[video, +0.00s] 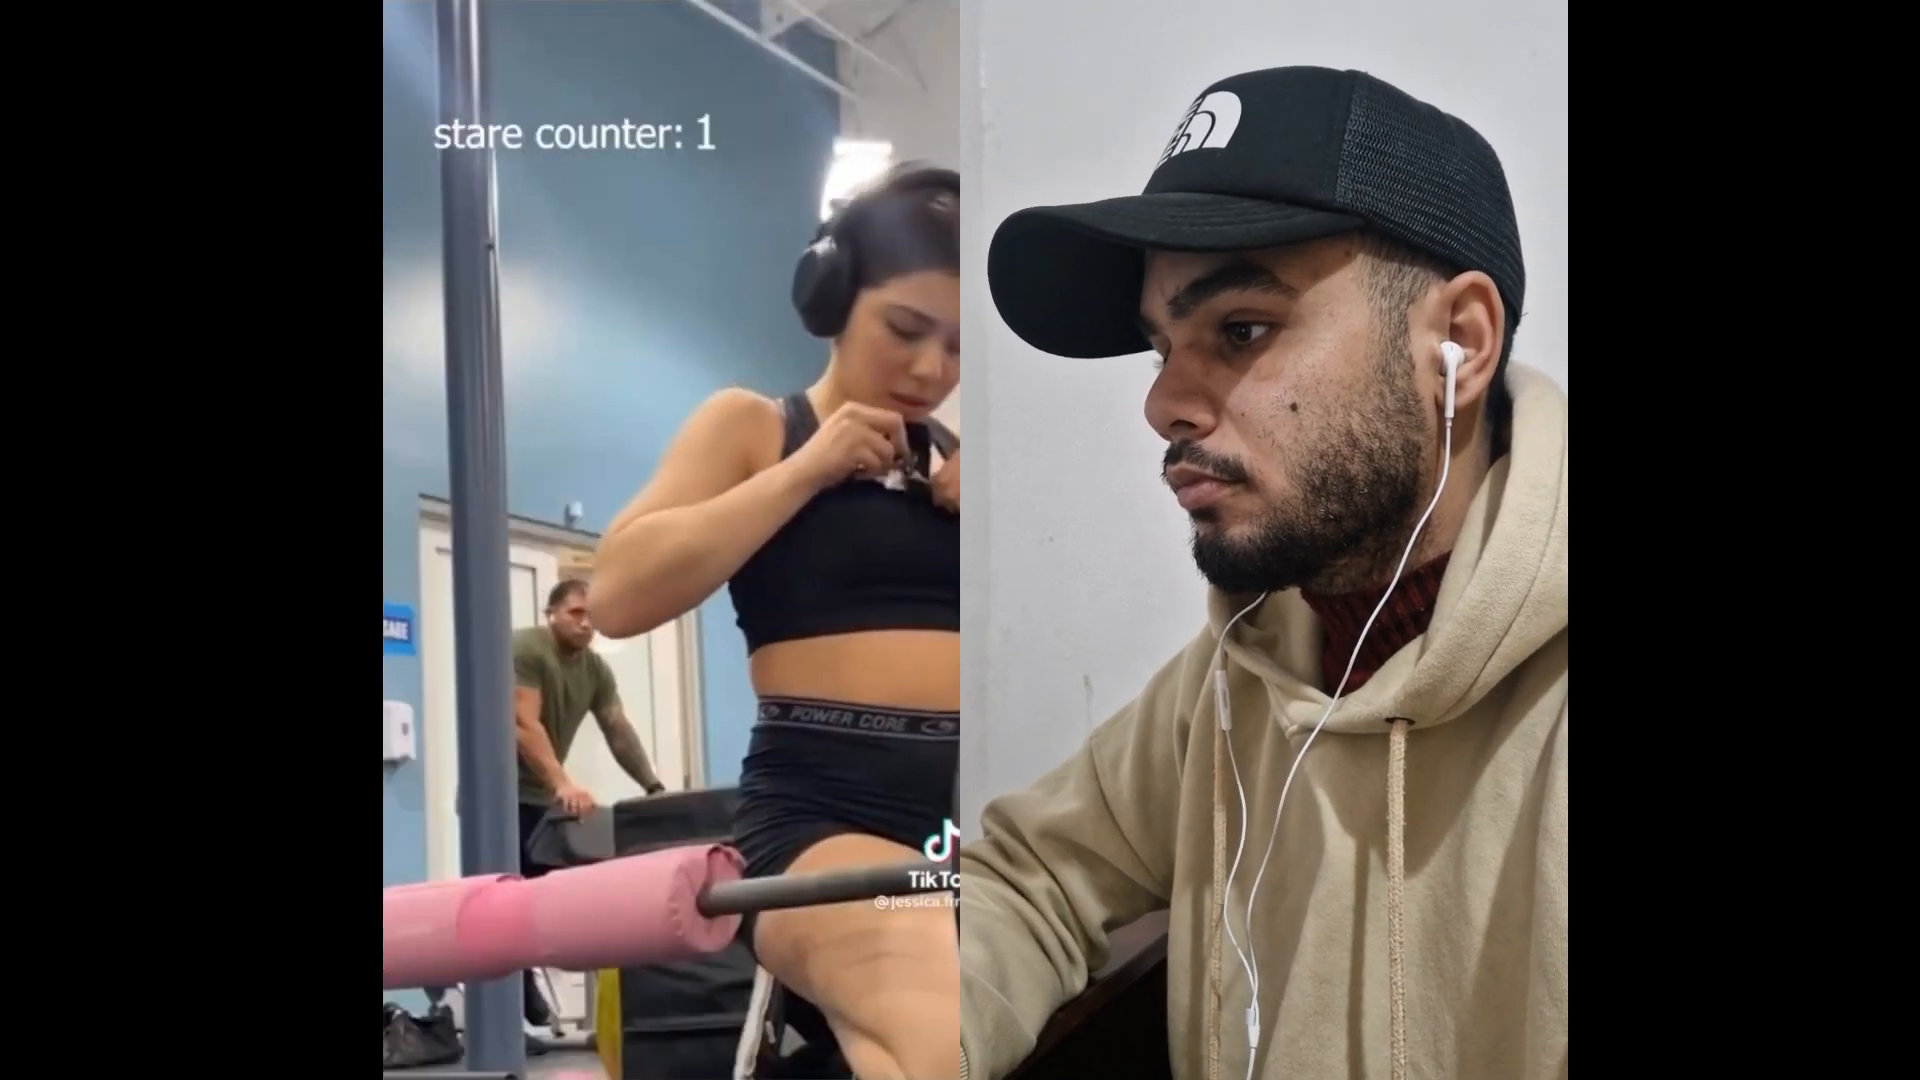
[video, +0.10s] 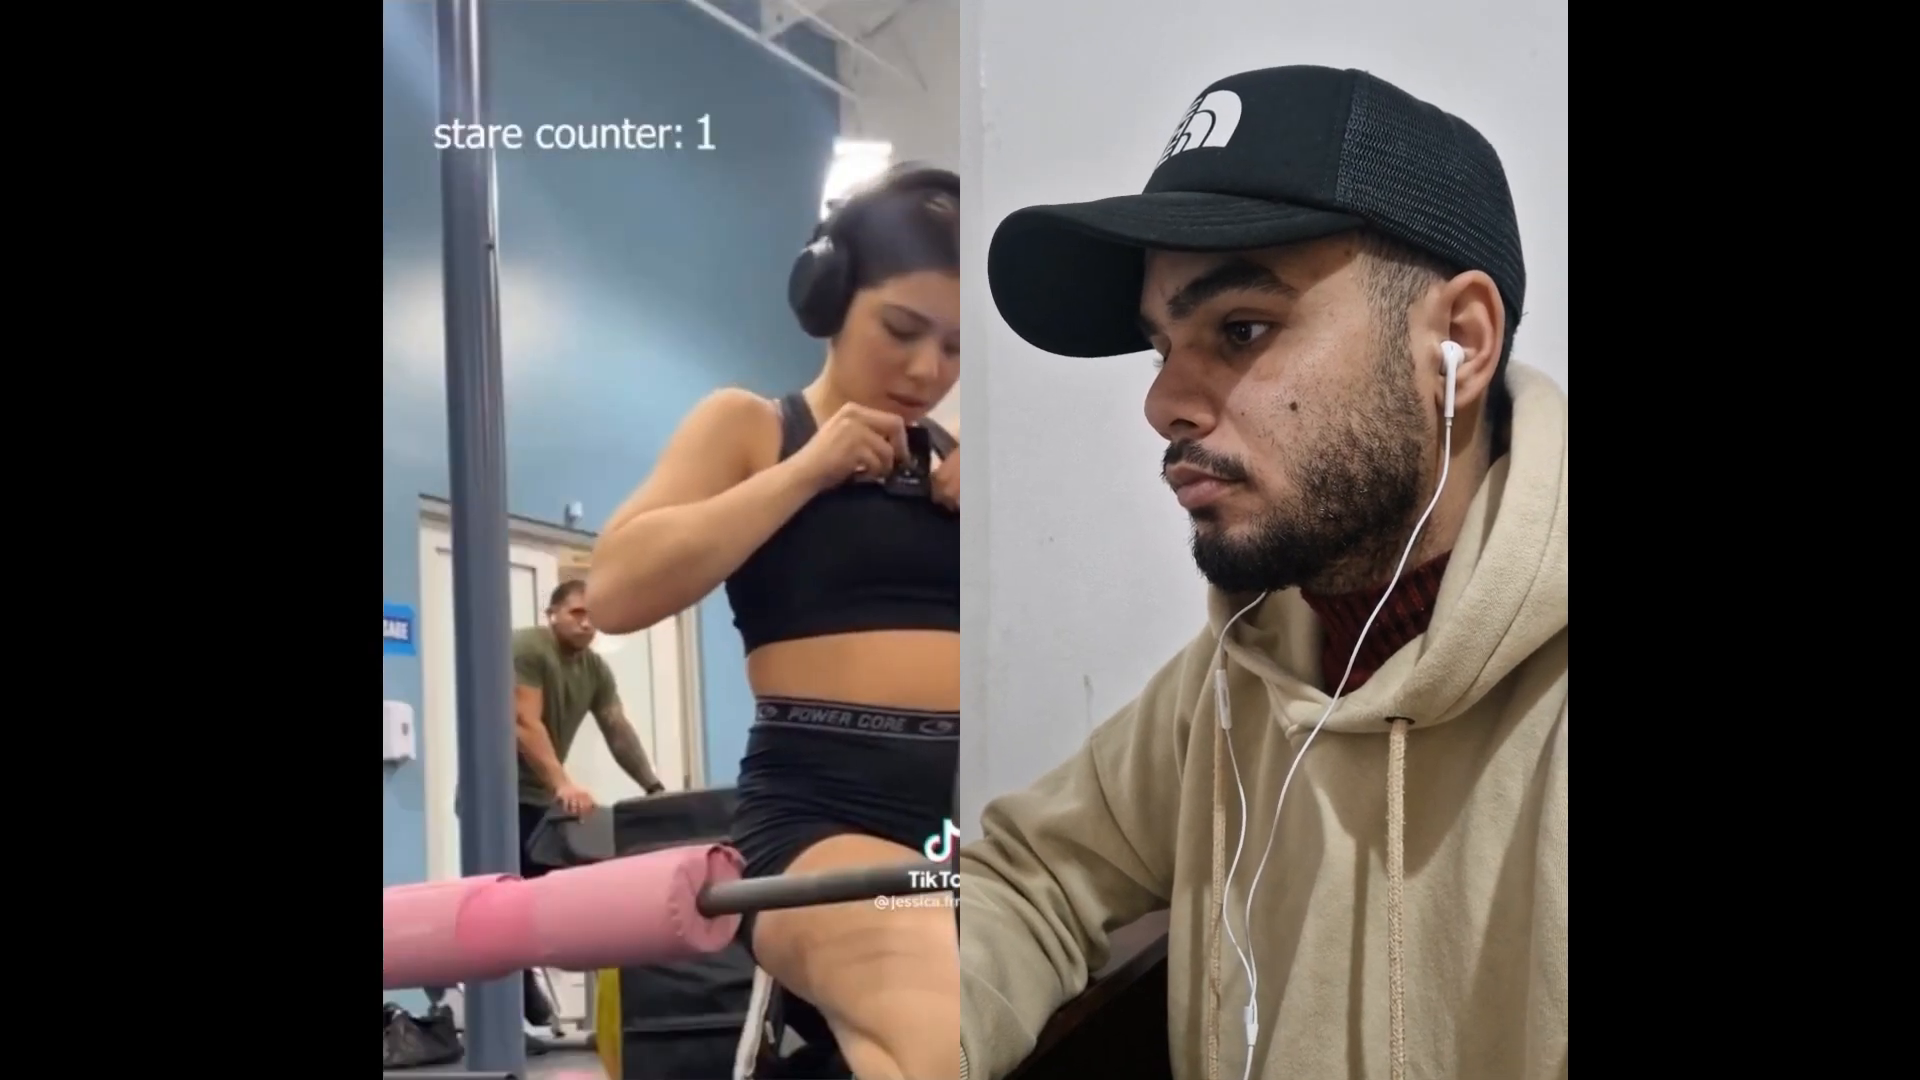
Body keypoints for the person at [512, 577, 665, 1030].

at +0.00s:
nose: (586, 623)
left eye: (591, 615)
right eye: (576, 613)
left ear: (596, 621)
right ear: (551, 614)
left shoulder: (595, 669)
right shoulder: (527, 648)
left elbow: (619, 732)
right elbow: (524, 723)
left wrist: (653, 785)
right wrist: (561, 783)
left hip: (543, 799)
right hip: (504, 796)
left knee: (527, 902)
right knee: (510, 901)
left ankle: (517, 1003)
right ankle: (528, 1006)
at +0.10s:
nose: (587, 623)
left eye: (592, 615)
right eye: (577, 613)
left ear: (597, 621)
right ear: (552, 614)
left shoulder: (595, 669)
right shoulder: (528, 648)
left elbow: (618, 731)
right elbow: (525, 723)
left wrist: (653, 786)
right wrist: (562, 783)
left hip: (541, 799)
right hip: (501, 796)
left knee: (528, 901)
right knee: (508, 901)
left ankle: (520, 1001)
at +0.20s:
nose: (587, 623)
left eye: (593, 616)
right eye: (577, 613)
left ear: (598, 622)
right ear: (553, 614)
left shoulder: (595, 670)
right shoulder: (529, 648)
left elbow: (618, 733)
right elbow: (526, 721)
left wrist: (653, 786)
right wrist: (562, 783)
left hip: (541, 800)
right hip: (499, 797)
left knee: (527, 901)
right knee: (507, 900)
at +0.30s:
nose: (588, 623)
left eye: (594, 616)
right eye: (578, 613)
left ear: (599, 622)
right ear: (553, 614)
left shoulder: (595, 670)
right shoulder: (530, 646)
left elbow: (618, 733)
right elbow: (526, 721)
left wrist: (653, 786)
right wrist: (563, 783)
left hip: (540, 800)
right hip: (499, 797)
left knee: (525, 907)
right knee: (507, 905)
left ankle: (522, 1009)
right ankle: (526, 1012)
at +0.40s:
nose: (588, 622)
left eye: (595, 615)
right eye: (578, 612)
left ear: (600, 621)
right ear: (554, 613)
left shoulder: (595, 671)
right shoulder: (531, 646)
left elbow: (618, 733)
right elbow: (526, 721)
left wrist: (654, 786)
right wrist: (562, 782)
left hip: (540, 801)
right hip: (498, 799)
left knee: (526, 909)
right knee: (508, 908)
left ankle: (526, 1010)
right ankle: (525, 1013)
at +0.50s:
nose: (591, 622)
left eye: (596, 615)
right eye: (582, 613)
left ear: (600, 621)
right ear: (556, 614)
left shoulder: (595, 671)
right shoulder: (531, 646)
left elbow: (618, 732)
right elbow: (527, 721)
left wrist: (653, 785)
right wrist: (562, 781)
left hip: (539, 803)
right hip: (500, 800)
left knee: (529, 910)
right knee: (509, 909)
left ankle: (529, 1011)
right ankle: (518, 1014)